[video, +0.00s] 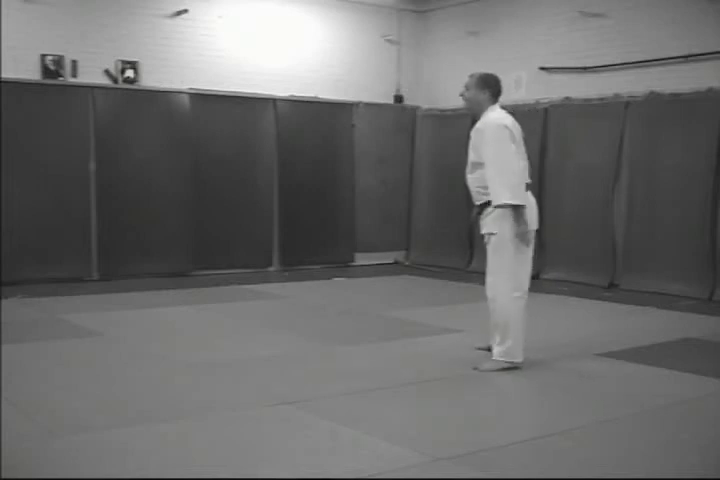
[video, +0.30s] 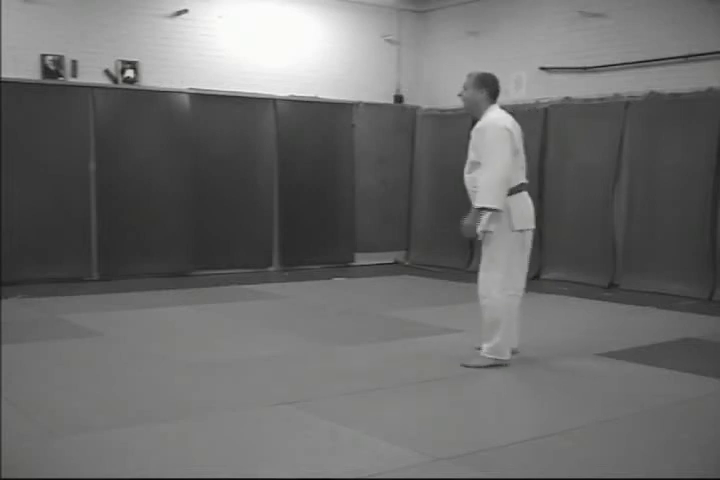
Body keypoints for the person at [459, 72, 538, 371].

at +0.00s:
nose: (462, 94)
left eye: (467, 89)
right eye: (463, 89)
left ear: (485, 93)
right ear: (486, 94)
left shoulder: (494, 125)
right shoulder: (493, 123)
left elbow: (506, 170)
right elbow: (506, 169)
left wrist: (519, 217)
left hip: (505, 213)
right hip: (505, 211)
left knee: (504, 284)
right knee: (503, 283)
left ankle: (508, 354)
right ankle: (502, 343)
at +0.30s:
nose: (460, 94)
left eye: (466, 89)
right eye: (462, 89)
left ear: (483, 93)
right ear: (485, 94)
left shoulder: (493, 125)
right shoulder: (499, 122)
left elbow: (495, 171)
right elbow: (494, 171)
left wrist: (481, 212)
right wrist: (476, 209)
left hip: (505, 212)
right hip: (511, 210)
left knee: (495, 282)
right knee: (505, 281)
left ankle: (496, 351)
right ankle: (505, 342)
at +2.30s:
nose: (439, 93)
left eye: (444, 88)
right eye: (440, 88)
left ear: (461, 91)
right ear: (466, 92)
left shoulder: (464, 125)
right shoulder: (482, 121)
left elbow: (464, 173)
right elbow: (478, 171)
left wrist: (462, 217)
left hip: (470, 210)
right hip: (484, 206)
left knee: (462, 283)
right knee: (471, 281)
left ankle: (467, 352)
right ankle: (466, 341)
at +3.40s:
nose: (418, 122)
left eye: (423, 116)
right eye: (419, 116)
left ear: (440, 120)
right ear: (442, 121)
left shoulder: (453, 150)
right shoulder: (455, 146)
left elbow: (447, 199)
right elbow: (449, 200)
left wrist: (424, 243)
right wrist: (428, 236)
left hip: (485, 229)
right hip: (472, 228)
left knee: (459, 290)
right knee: (440, 273)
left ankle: (490, 352)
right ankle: (447, 337)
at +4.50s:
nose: (387, 153)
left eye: (391, 147)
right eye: (389, 147)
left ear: (407, 147)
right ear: (415, 148)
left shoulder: (426, 173)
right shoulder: (443, 163)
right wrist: (448, 253)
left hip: (488, 230)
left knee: (443, 288)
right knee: (433, 276)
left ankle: (473, 353)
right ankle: (454, 335)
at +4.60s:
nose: (389, 160)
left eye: (383, 153)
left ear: (392, 142)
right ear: (417, 143)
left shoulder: (426, 170)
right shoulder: (448, 161)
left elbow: (436, 192)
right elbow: (482, 188)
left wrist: (397, 171)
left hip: (472, 240)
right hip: (487, 233)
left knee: (436, 301)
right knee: (433, 275)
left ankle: (473, 354)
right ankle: (449, 333)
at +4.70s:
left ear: (413, 126)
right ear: (435, 125)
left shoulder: (412, 148)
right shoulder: (449, 146)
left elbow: (375, 130)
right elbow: (433, 124)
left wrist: (367, 103)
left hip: (464, 227)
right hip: (487, 222)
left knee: (433, 295)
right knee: (446, 287)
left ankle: (472, 348)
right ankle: (457, 334)